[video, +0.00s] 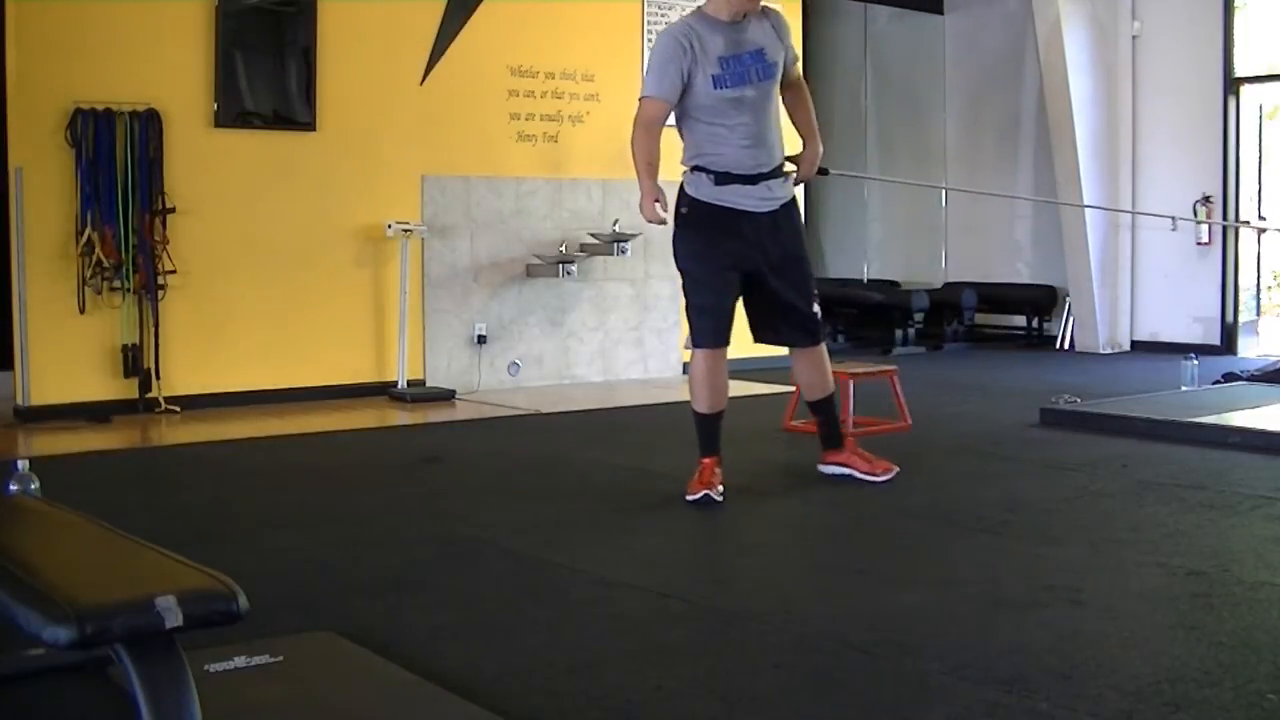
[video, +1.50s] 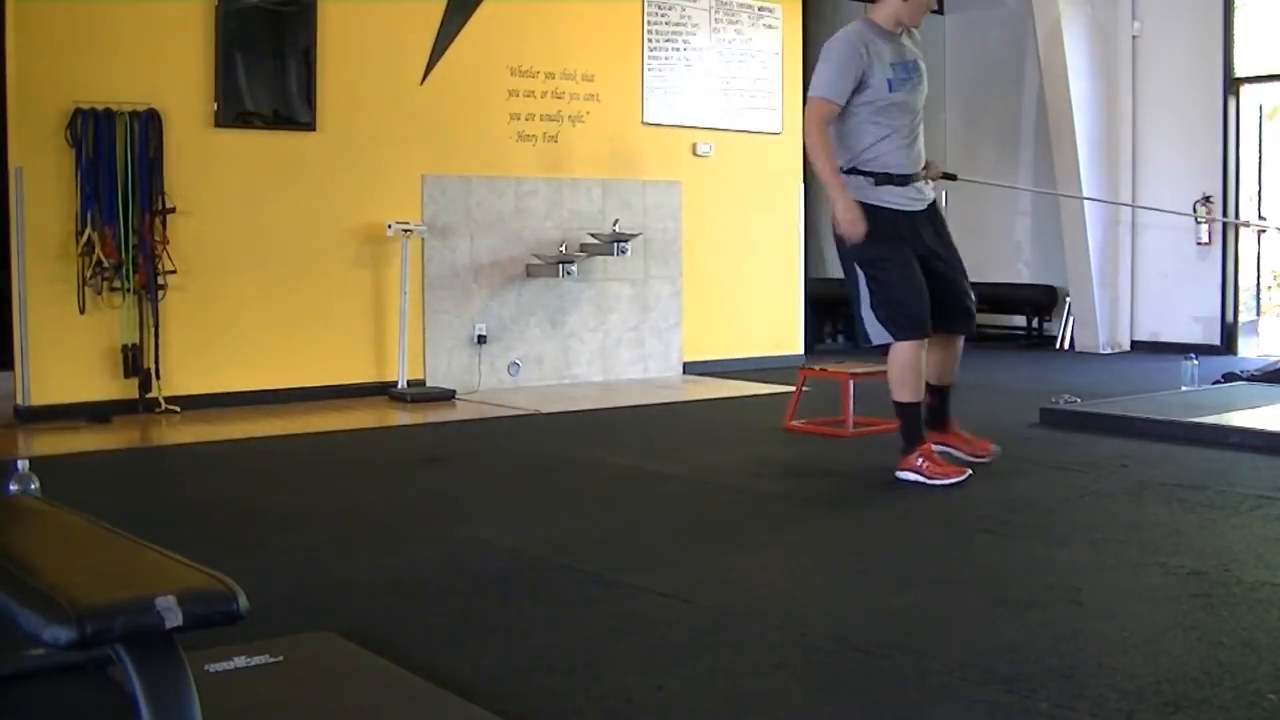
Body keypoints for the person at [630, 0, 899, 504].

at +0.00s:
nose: (758, 1)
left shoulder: (770, 23)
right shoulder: (679, 41)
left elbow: (792, 82)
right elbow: (648, 120)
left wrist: (813, 142)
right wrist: (647, 181)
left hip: (775, 207)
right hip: (708, 209)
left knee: (806, 330)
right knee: (709, 338)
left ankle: (835, 448)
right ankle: (709, 464)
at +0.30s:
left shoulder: (764, 23)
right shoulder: (682, 23)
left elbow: (778, 100)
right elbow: (652, 113)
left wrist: (812, 151)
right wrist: (652, 196)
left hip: (767, 203)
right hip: (705, 202)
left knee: (782, 332)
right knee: (709, 338)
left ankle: (800, 454)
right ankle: (709, 464)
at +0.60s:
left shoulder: (783, 29)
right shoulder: (709, 25)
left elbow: (789, 106)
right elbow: (685, 111)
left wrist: (824, 155)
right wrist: (699, 193)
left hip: (797, 197)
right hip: (743, 196)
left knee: (798, 329)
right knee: (741, 332)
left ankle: (801, 453)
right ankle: (718, 460)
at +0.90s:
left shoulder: (810, 25)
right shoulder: (745, 26)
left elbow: (816, 100)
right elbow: (714, 110)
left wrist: (856, 147)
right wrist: (749, 180)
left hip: (826, 192)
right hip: (781, 193)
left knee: (814, 322)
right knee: (830, 314)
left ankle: (800, 452)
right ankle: (853, 451)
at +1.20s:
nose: (873, 3)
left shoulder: (861, 34)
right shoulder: (797, 47)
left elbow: (852, 94)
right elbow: (750, 128)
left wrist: (877, 120)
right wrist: (749, 204)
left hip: (871, 201)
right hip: (832, 203)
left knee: (863, 329)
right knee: (882, 323)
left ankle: (813, 443)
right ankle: (909, 452)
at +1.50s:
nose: (930, 9)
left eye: (931, 3)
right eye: (927, 1)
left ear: (906, 4)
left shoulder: (908, 47)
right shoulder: (848, 46)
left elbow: (891, 121)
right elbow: (814, 124)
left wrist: (921, 164)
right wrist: (840, 197)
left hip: (918, 203)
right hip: (870, 205)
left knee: (953, 311)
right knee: (909, 321)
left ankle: (938, 428)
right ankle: (912, 452)